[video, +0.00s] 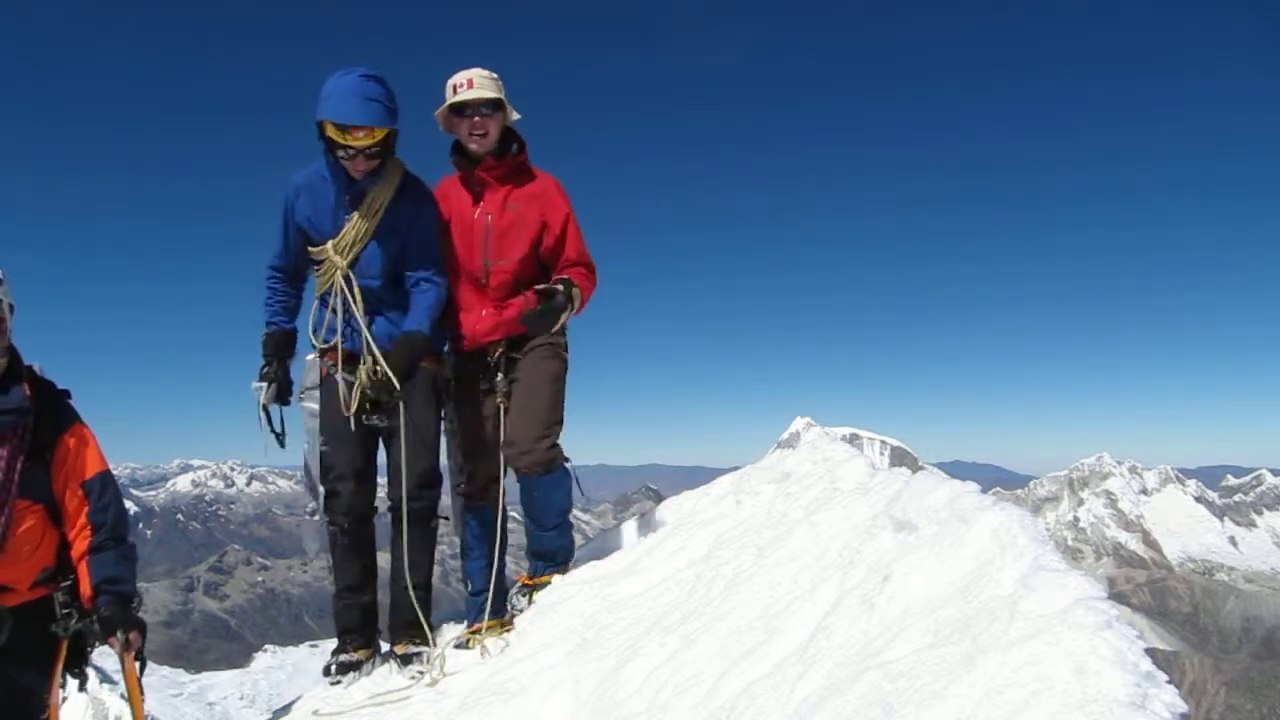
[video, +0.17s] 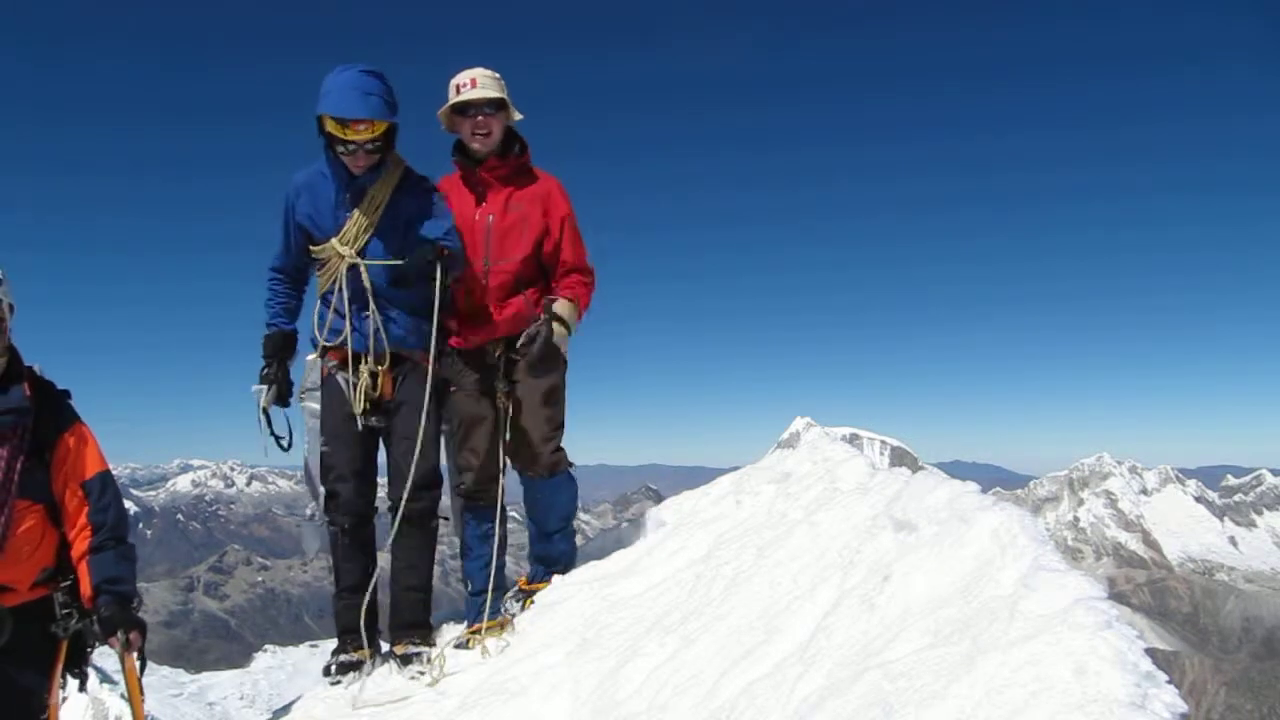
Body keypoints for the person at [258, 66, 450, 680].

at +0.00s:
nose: (361, 156)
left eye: (373, 144)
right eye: (347, 143)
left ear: (390, 135)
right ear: (327, 135)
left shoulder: (411, 196)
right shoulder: (306, 191)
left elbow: (428, 278)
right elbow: (283, 276)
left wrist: (413, 342)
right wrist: (277, 352)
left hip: (409, 359)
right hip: (340, 366)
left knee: (415, 494)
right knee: (345, 499)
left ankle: (410, 632)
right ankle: (355, 638)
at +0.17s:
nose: (359, 149)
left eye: (372, 136)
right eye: (346, 137)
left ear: (389, 129)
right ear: (328, 131)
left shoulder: (417, 194)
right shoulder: (308, 190)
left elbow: (450, 265)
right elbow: (285, 279)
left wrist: (443, 260)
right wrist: (277, 357)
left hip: (412, 363)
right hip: (340, 366)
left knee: (415, 496)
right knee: (346, 499)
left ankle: (411, 633)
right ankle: (353, 639)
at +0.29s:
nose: (356, 144)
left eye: (369, 130)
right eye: (342, 130)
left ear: (389, 127)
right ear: (324, 128)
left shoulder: (415, 181)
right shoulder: (309, 190)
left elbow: (453, 234)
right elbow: (288, 277)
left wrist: (442, 169)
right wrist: (278, 354)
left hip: (410, 359)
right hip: (340, 361)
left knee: (415, 494)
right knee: (346, 498)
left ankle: (409, 633)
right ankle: (354, 639)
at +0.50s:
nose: (354, 138)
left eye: (367, 125)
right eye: (340, 126)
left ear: (386, 122)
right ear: (322, 125)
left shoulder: (413, 180)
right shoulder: (307, 190)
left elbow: (458, 235)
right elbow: (290, 280)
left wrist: (440, 156)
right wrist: (281, 357)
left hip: (412, 362)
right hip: (339, 367)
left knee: (415, 500)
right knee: (346, 502)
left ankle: (409, 634)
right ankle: (355, 640)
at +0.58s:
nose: (353, 137)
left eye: (365, 124)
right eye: (339, 125)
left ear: (386, 121)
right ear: (320, 125)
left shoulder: (415, 184)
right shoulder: (308, 190)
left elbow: (459, 252)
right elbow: (290, 281)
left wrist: (441, 190)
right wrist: (282, 358)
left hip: (411, 362)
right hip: (339, 366)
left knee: (414, 500)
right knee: (346, 501)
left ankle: (409, 634)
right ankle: (354, 640)